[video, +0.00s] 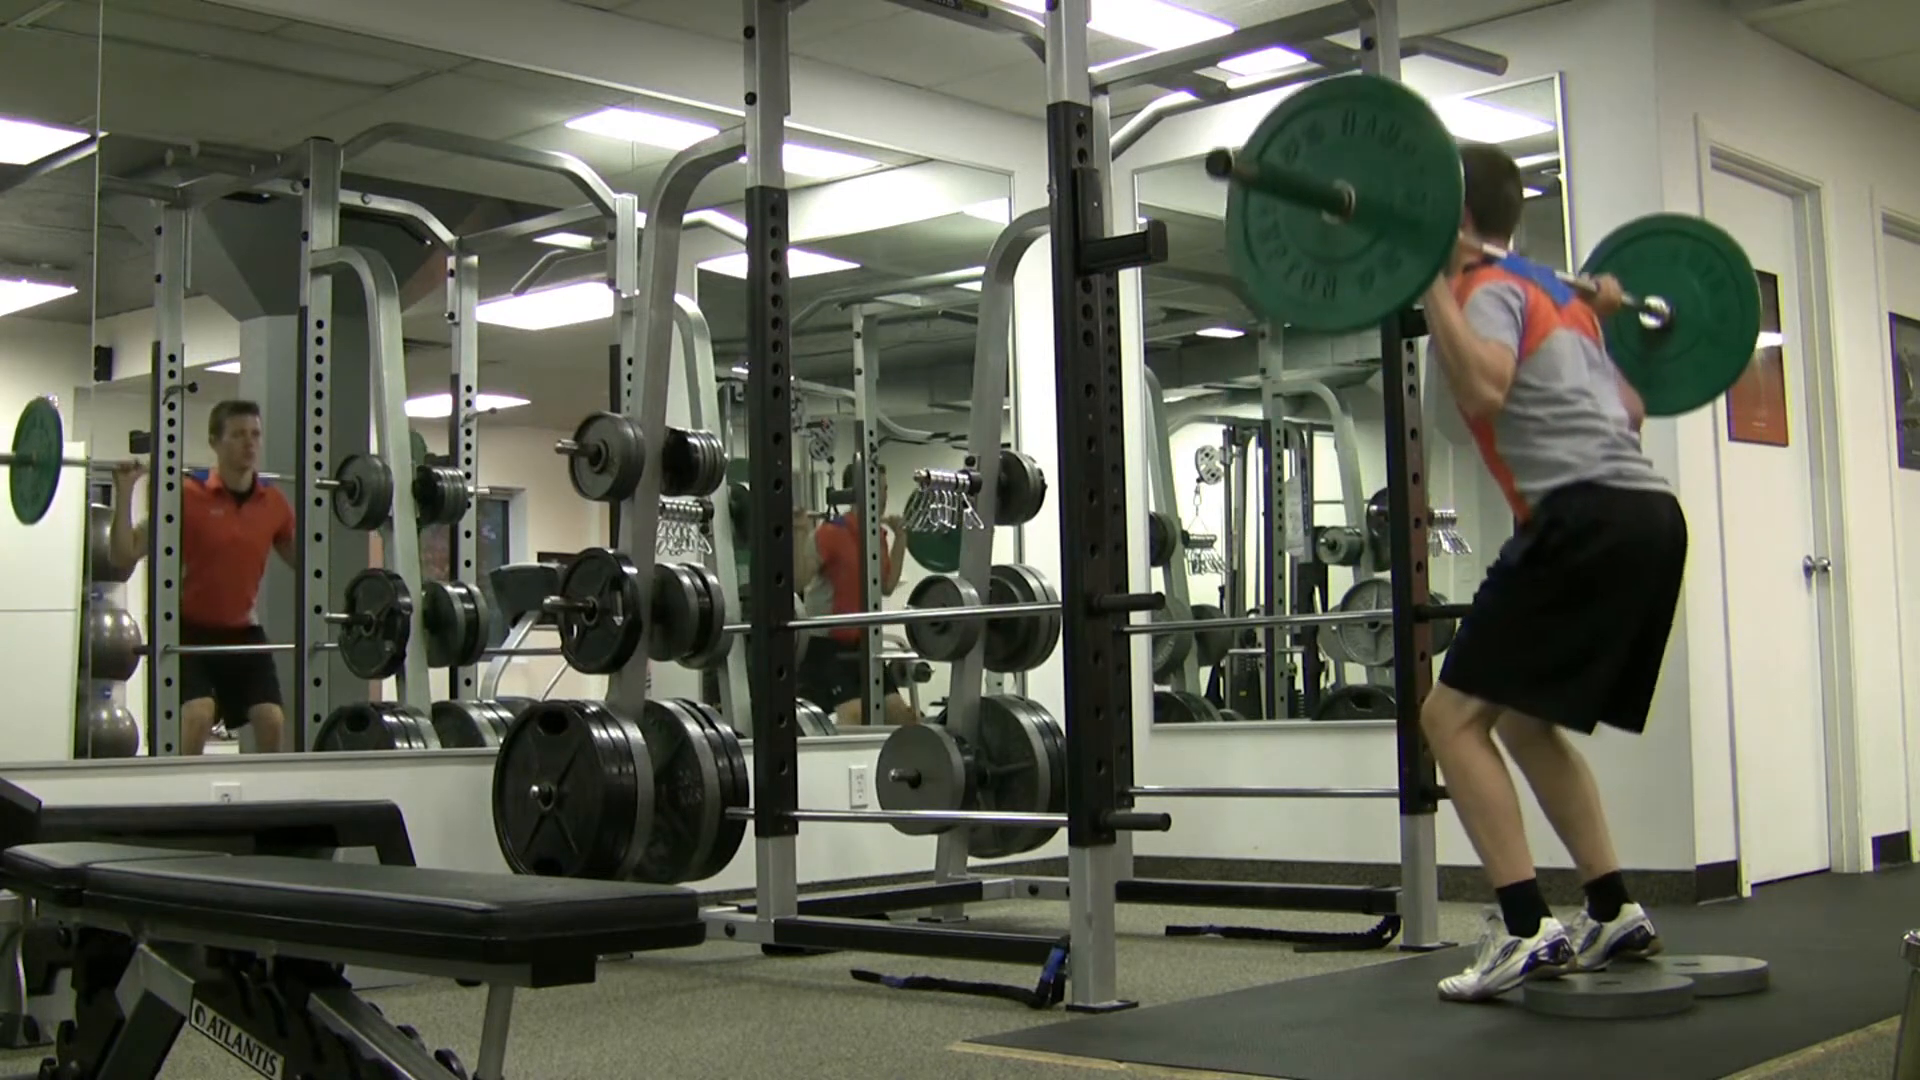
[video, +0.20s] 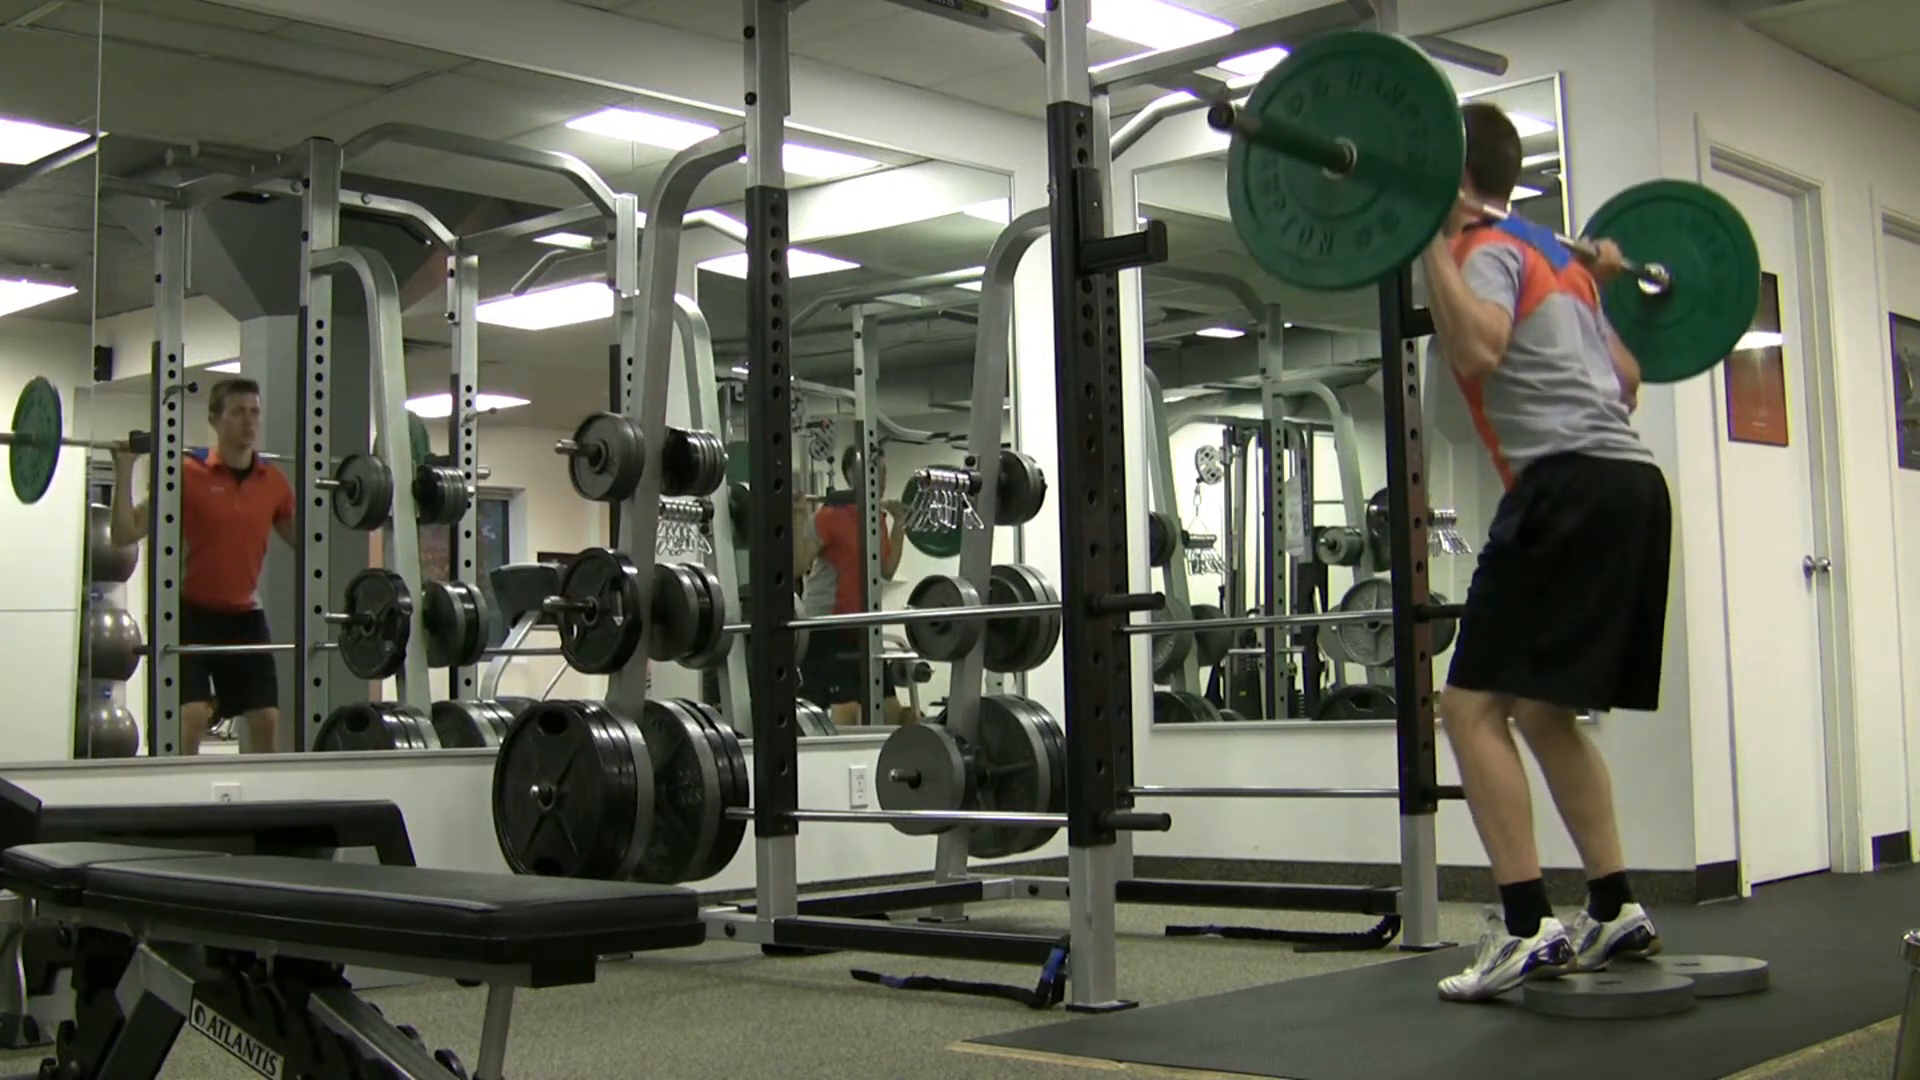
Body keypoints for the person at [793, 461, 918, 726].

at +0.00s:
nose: (885, 495)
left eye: (885, 488)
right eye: (879, 488)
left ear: (882, 492)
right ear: (861, 491)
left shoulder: (877, 534)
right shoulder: (832, 531)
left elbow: (887, 585)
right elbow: (800, 580)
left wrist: (900, 538)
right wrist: (800, 533)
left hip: (867, 642)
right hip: (835, 644)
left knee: (903, 718)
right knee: (853, 721)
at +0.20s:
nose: (880, 478)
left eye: (882, 470)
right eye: (871, 470)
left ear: (884, 473)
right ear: (851, 474)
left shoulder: (877, 517)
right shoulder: (832, 515)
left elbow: (888, 569)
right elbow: (798, 566)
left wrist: (899, 525)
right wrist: (798, 518)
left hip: (867, 622)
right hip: (833, 623)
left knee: (884, 704)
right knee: (845, 706)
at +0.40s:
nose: (876, 470)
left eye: (879, 461)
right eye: (867, 461)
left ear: (883, 465)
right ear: (849, 463)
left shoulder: (875, 508)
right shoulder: (831, 504)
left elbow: (888, 561)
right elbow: (799, 556)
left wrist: (898, 515)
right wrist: (799, 506)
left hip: (866, 617)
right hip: (832, 617)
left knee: (874, 706)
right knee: (839, 705)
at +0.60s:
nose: (872, 463)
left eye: (876, 455)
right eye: (864, 455)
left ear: (881, 458)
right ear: (849, 457)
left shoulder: (875, 503)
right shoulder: (831, 499)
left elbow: (888, 556)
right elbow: (799, 552)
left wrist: (898, 510)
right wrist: (798, 502)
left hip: (864, 610)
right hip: (831, 611)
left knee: (860, 699)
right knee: (835, 700)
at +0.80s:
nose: (871, 462)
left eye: (876, 454)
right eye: (863, 454)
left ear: (882, 457)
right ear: (848, 457)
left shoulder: (875, 501)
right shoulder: (830, 498)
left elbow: (888, 555)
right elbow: (799, 551)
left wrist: (897, 509)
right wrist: (797, 501)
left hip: (868, 611)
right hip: (833, 612)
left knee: (868, 702)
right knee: (826, 701)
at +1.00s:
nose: (872, 462)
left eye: (876, 454)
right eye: (863, 454)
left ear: (881, 457)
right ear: (848, 457)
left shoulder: (874, 502)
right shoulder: (831, 498)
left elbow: (888, 555)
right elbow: (798, 551)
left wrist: (897, 508)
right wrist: (798, 501)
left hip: (868, 611)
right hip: (833, 611)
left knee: (869, 702)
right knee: (828, 700)